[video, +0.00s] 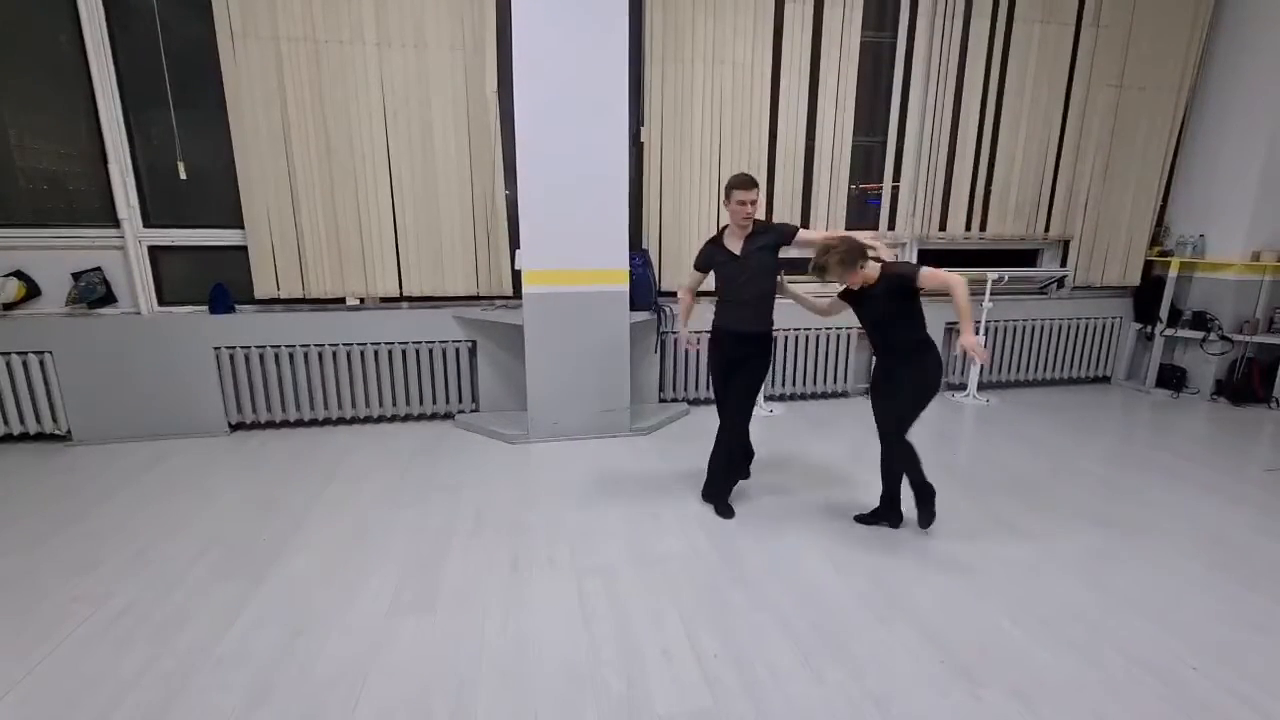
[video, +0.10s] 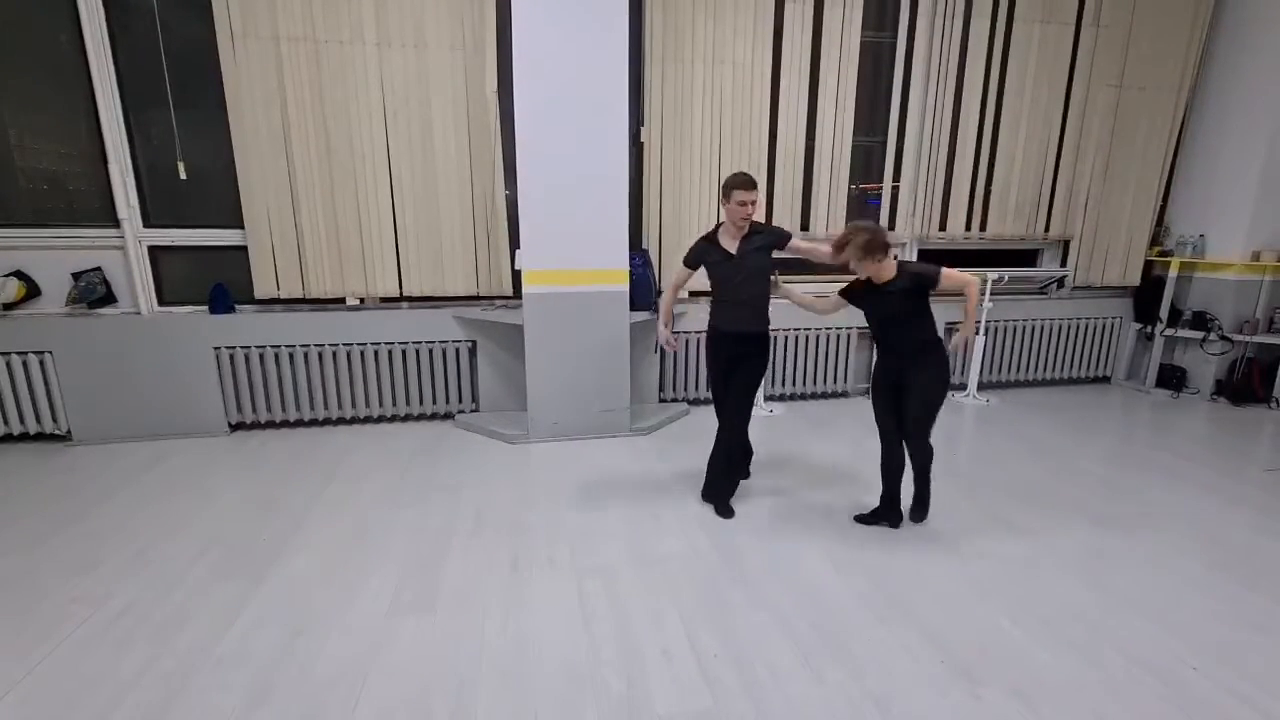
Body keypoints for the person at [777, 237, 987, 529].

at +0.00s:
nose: (844, 284)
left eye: (846, 277)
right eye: (841, 280)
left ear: (859, 265)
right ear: (843, 272)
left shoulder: (899, 274)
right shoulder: (853, 292)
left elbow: (956, 282)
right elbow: (826, 311)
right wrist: (789, 291)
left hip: (922, 367)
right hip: (887, 370)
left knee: (893, 432)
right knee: (888, 435)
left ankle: (924, 492)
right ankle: (889, 507)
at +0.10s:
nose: (853, 268)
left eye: (856, 262)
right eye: (851, 264)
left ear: (875, 256)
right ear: (862, 262)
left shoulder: (914, 274)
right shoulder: (860, 289)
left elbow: (971, 282)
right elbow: (824, 306)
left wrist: (969, 326)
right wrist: (784, 291)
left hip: (928, 367)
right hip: (888, 370)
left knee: (915, 435)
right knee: (890, 438)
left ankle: (922, 492)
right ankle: (890, 506)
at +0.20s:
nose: (874, 242)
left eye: (881, 238)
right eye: (875, 237)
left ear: (902, 247)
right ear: (884, 246)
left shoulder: (930, 276)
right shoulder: (869, 284)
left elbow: (982, 285)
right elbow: (827, 303)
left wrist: (968, 316)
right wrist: (786, 289)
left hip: (934, 367)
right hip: (894, 366)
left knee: (922, 432)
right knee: (878, 428)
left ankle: (916, 492)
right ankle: (885, 500)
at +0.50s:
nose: (922, 240)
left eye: (932, 236)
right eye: (923, 234)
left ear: (950, 247)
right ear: (921, 240)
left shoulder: (965, 283)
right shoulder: (899, 281)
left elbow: (995, 297)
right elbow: (850, 293)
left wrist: (975, 314)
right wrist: (804, 288)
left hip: (947, 370)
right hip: (904, 364)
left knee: (932, 434)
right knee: (860, 414)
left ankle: (917, 492)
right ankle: (864, 480)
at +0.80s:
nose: (925, 235)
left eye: (934, 231)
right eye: (926, 229)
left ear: (954, 240)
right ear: (925, 236)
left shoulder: (972, 277)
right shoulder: (906, 270)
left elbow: (1011, 302)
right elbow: (855, 263)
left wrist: (975, 320)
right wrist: (817, 245)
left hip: (943, 367)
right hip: (902, 361)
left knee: (920, 429)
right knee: (886, 424)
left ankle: (915, 486)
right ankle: (896, 482)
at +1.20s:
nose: (928, 241)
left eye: (937, 236)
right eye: (929, 235)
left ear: (958, 244)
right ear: (927, 239)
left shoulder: (975, 280)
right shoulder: (912, 272)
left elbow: (1018, 306)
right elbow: (866, 249)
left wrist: (980, 323)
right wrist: (836, 213)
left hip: (952, 370)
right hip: (914, 365)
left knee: (919, 429)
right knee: (908, 429)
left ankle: (931, 496)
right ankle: (908, 493)